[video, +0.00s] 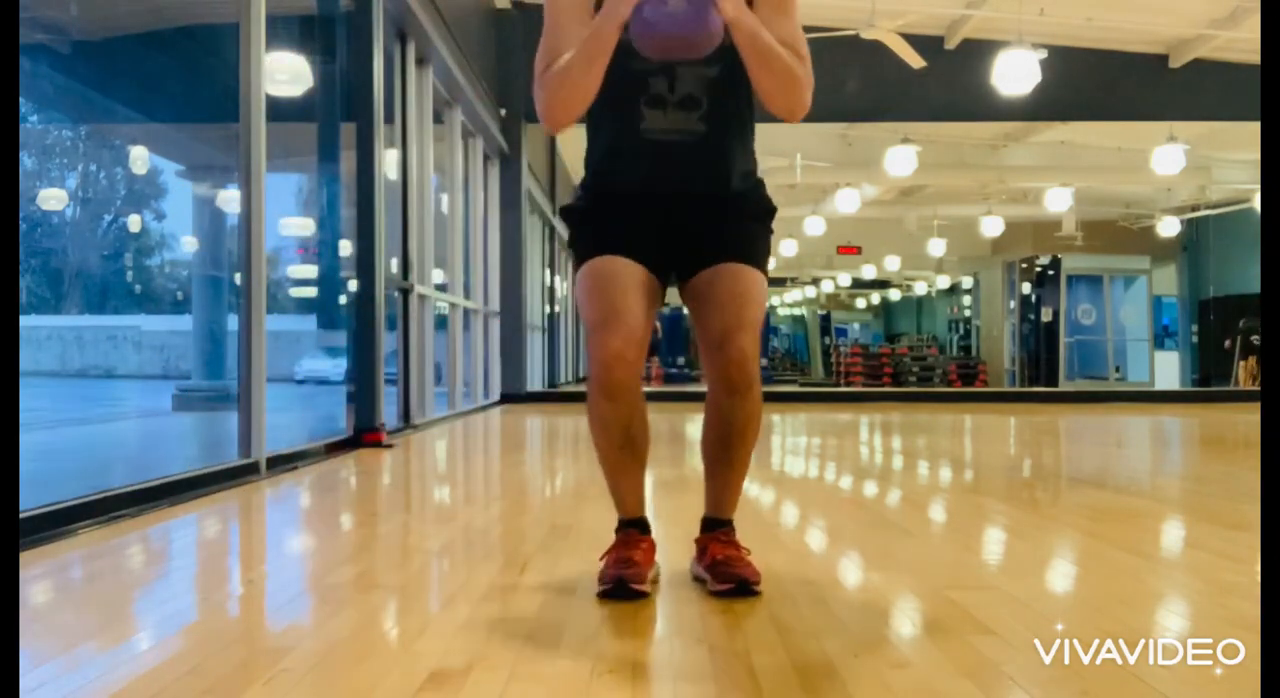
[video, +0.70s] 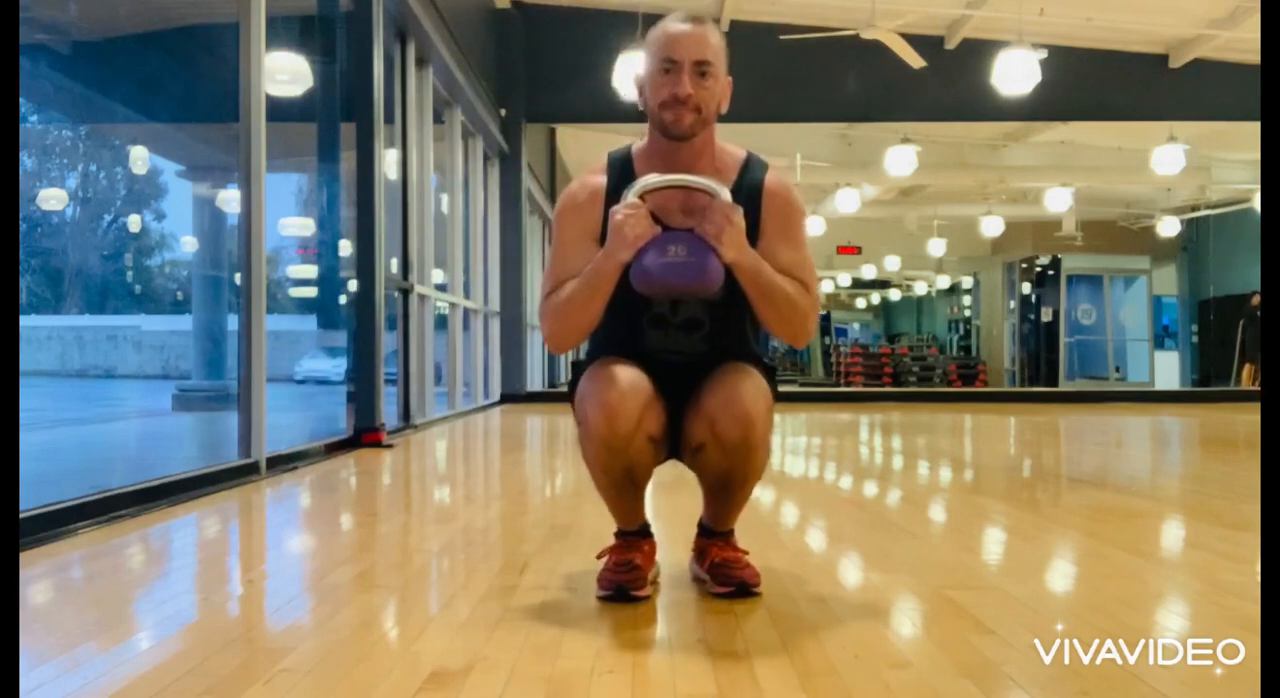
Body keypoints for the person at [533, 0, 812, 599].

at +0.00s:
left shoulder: (760, 0)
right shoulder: (579, 3)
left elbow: (792, 99)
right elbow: (555, 109)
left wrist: (733, 11)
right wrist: (614, 13)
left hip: (724, 205)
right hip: (618, 205)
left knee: (736, 361)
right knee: (613, 358)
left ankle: (719, 536)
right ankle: (631, 535)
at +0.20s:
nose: (674, 4)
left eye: (687, 1)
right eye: (660, 2)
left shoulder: (762, 61)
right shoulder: (581, 67)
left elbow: (794, 190)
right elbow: (555, 203)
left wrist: (734, 106)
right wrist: (614, 107)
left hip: (723, 263)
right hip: (623, 263)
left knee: (731, 384)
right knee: (616, 383)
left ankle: (718, 538)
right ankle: (631, 539)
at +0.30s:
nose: (670, 2)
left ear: (715, 7)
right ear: (630, 7)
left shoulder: (762, 104)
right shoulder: (584, 108)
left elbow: (792, 236)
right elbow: (556, 247)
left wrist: (732, 154)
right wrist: (612, 157)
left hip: (723, 295)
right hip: (622, 294)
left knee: (731, 392)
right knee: (615, 391)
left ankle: (718, 539)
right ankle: (630, 539)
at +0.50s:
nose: (676, 68)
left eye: (695, 52)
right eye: (659, 50)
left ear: (719, 70)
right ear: (635, 66)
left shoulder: (764, 173)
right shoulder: (586, 176)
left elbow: (796, 307)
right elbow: (553, 314)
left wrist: (737, 235)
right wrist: (609, 236)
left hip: (723, 355)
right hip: (626, 354)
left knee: (736, 400)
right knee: (610, 394)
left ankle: (718, 540)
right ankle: (630, 540)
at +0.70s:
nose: (683, 87)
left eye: (701, 72)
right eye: (666, 69)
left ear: (724, 92)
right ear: (641, 85)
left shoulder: (767, 190)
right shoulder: (591, 193)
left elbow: (799, 327)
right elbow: (557, 333)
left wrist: (742, 256)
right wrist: (613, 255)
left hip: (722, 377)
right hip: (630, 377)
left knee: (742, 407)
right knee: (612, 399)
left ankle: (718, 540)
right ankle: (630, 540)